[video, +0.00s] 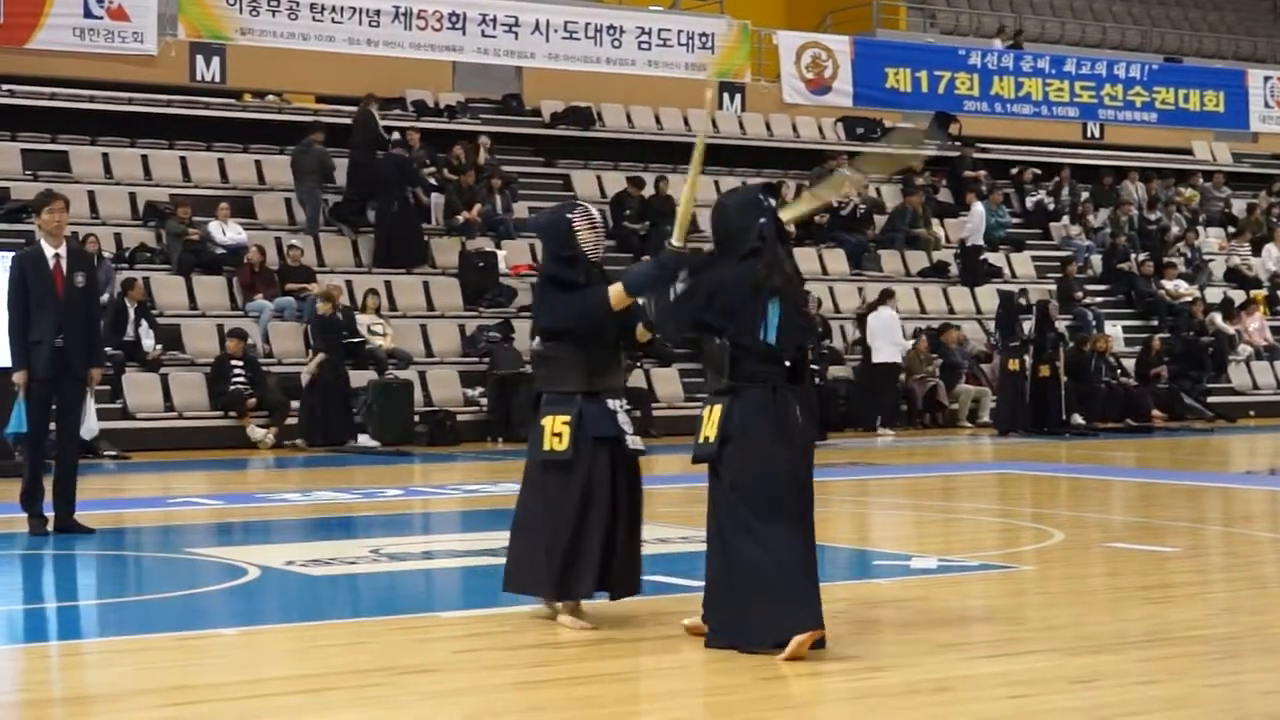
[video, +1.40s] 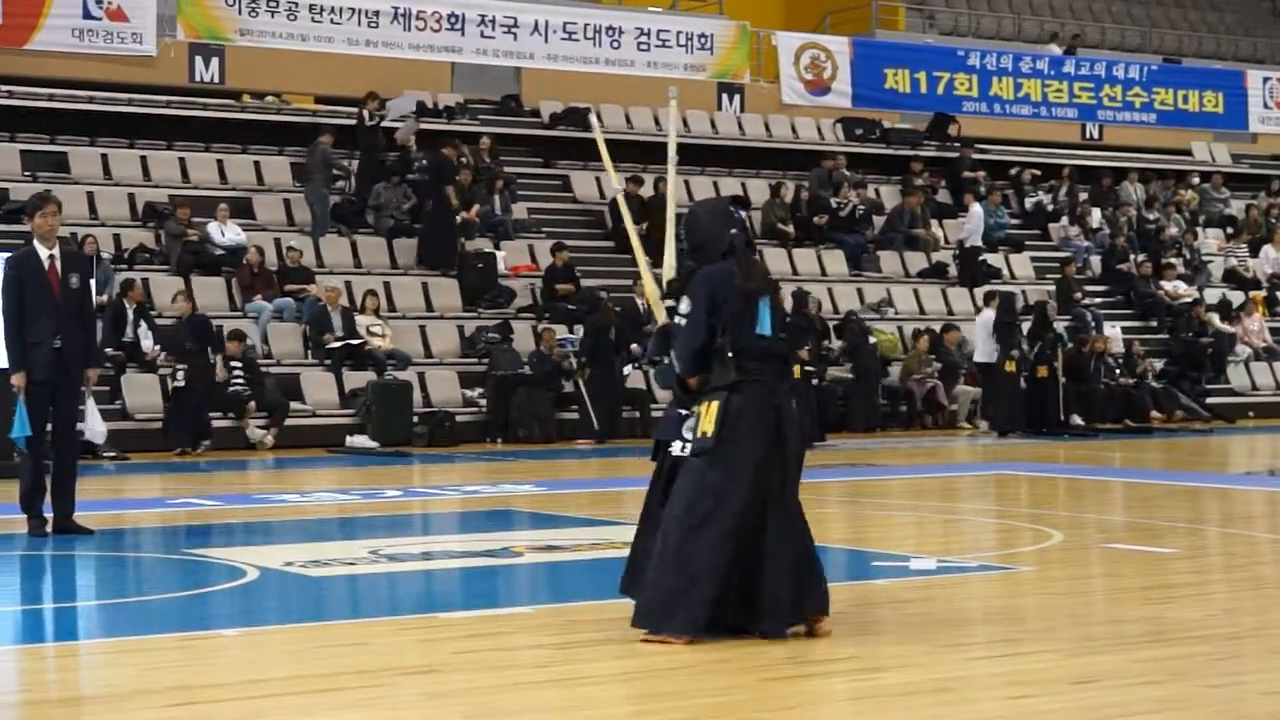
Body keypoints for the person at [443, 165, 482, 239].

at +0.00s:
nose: (473, 179)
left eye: (473, 176)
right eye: (470, 176)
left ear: (474, 176)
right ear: (462, 177)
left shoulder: (473, 188)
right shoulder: (452, 188)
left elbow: (479, 202)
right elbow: (456, 205)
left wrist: (474, 213)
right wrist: (469, 217)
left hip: (469, 215)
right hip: (453, 217)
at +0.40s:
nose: (470, 177)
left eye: (472, 175)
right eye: (467, 175)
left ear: (474, 175)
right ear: (461, 175)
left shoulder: (473, 187)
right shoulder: (453, 187)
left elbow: (479, 201)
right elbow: (455, 204)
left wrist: (474, 212)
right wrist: (469, 216)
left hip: (470, 215)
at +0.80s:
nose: (466, 177)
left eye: (469, 175)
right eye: (464, 174)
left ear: (472, 177)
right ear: (460, 176)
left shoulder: (475, 187)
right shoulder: (454, 187)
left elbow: (479, 200)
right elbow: (455, 202)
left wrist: (473, 212)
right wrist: (466, 214)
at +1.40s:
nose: (466, 177)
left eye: (469, 175)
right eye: (464, 174)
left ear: (472, 177)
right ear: (459, 176)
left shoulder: (474, 189)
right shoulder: (455, 188)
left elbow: (478, 202)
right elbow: (455, 204)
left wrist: (472, 214)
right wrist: (466, 216)